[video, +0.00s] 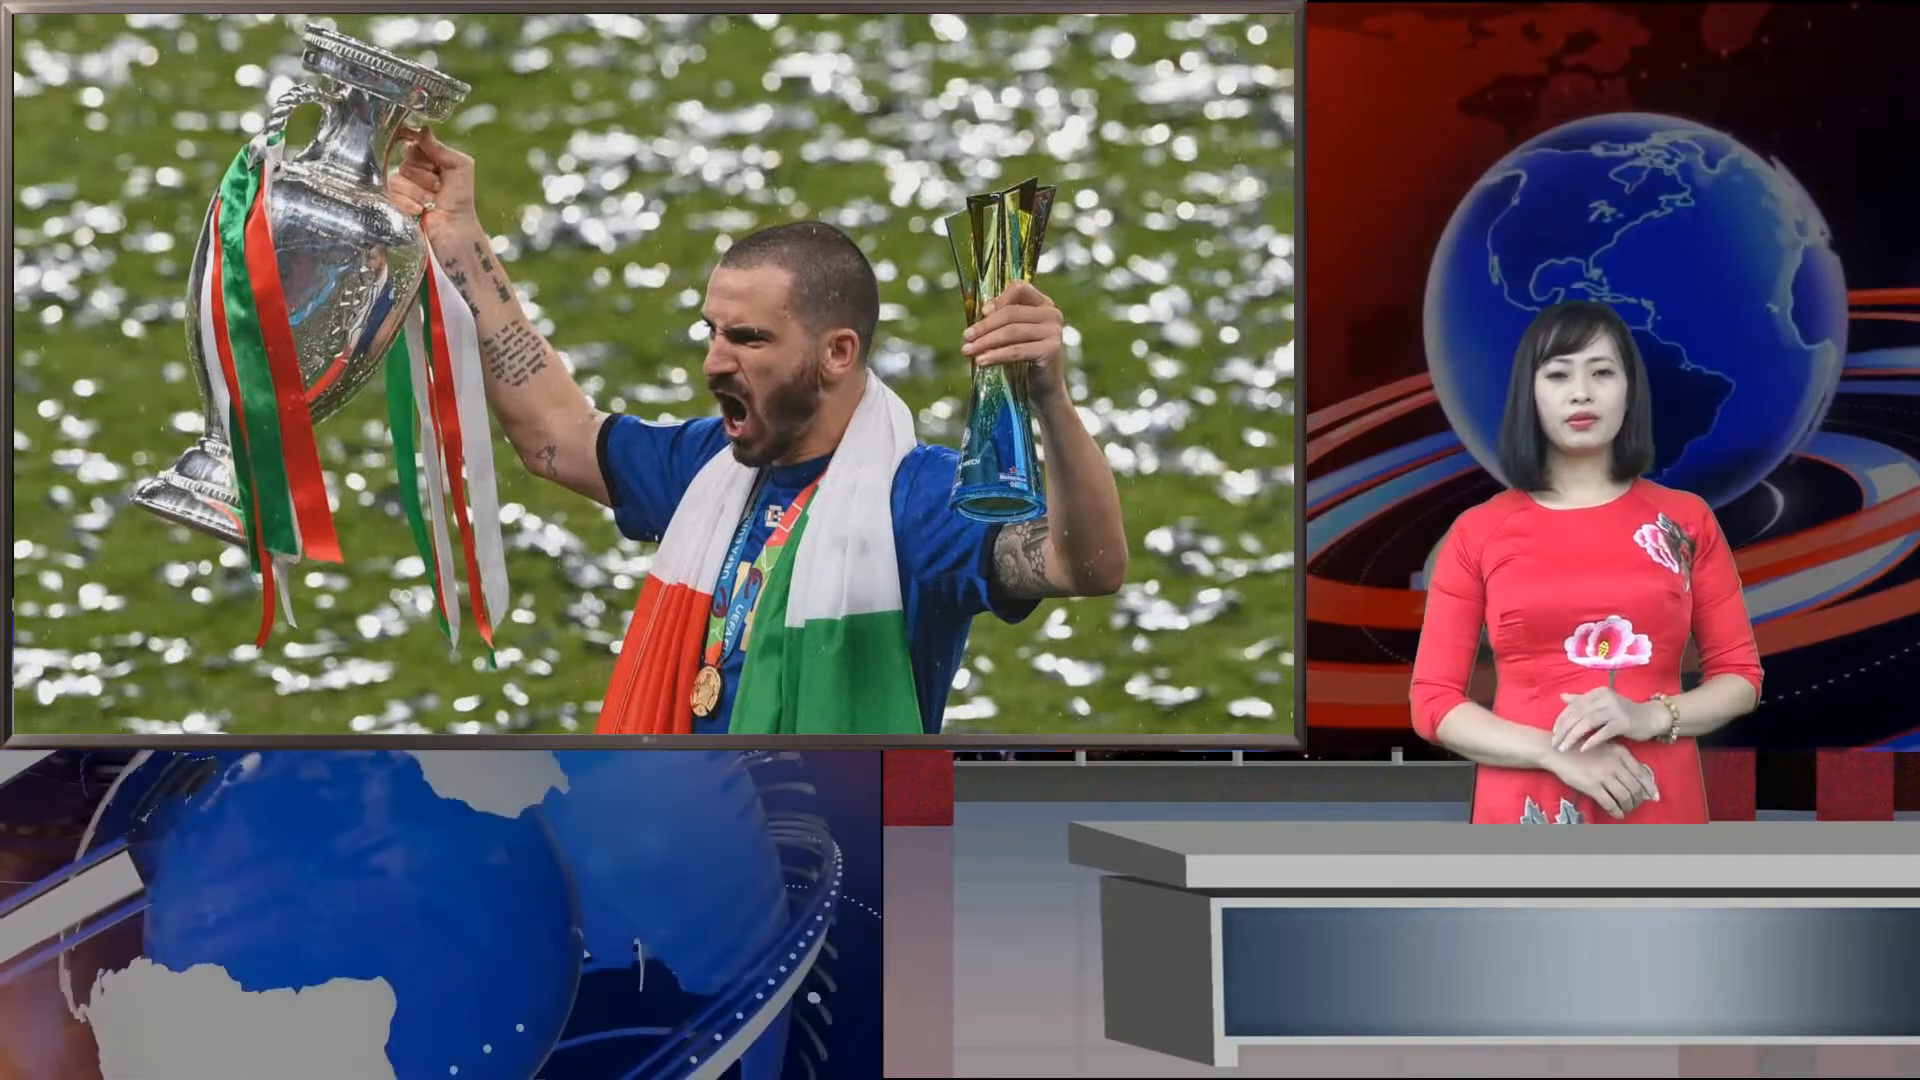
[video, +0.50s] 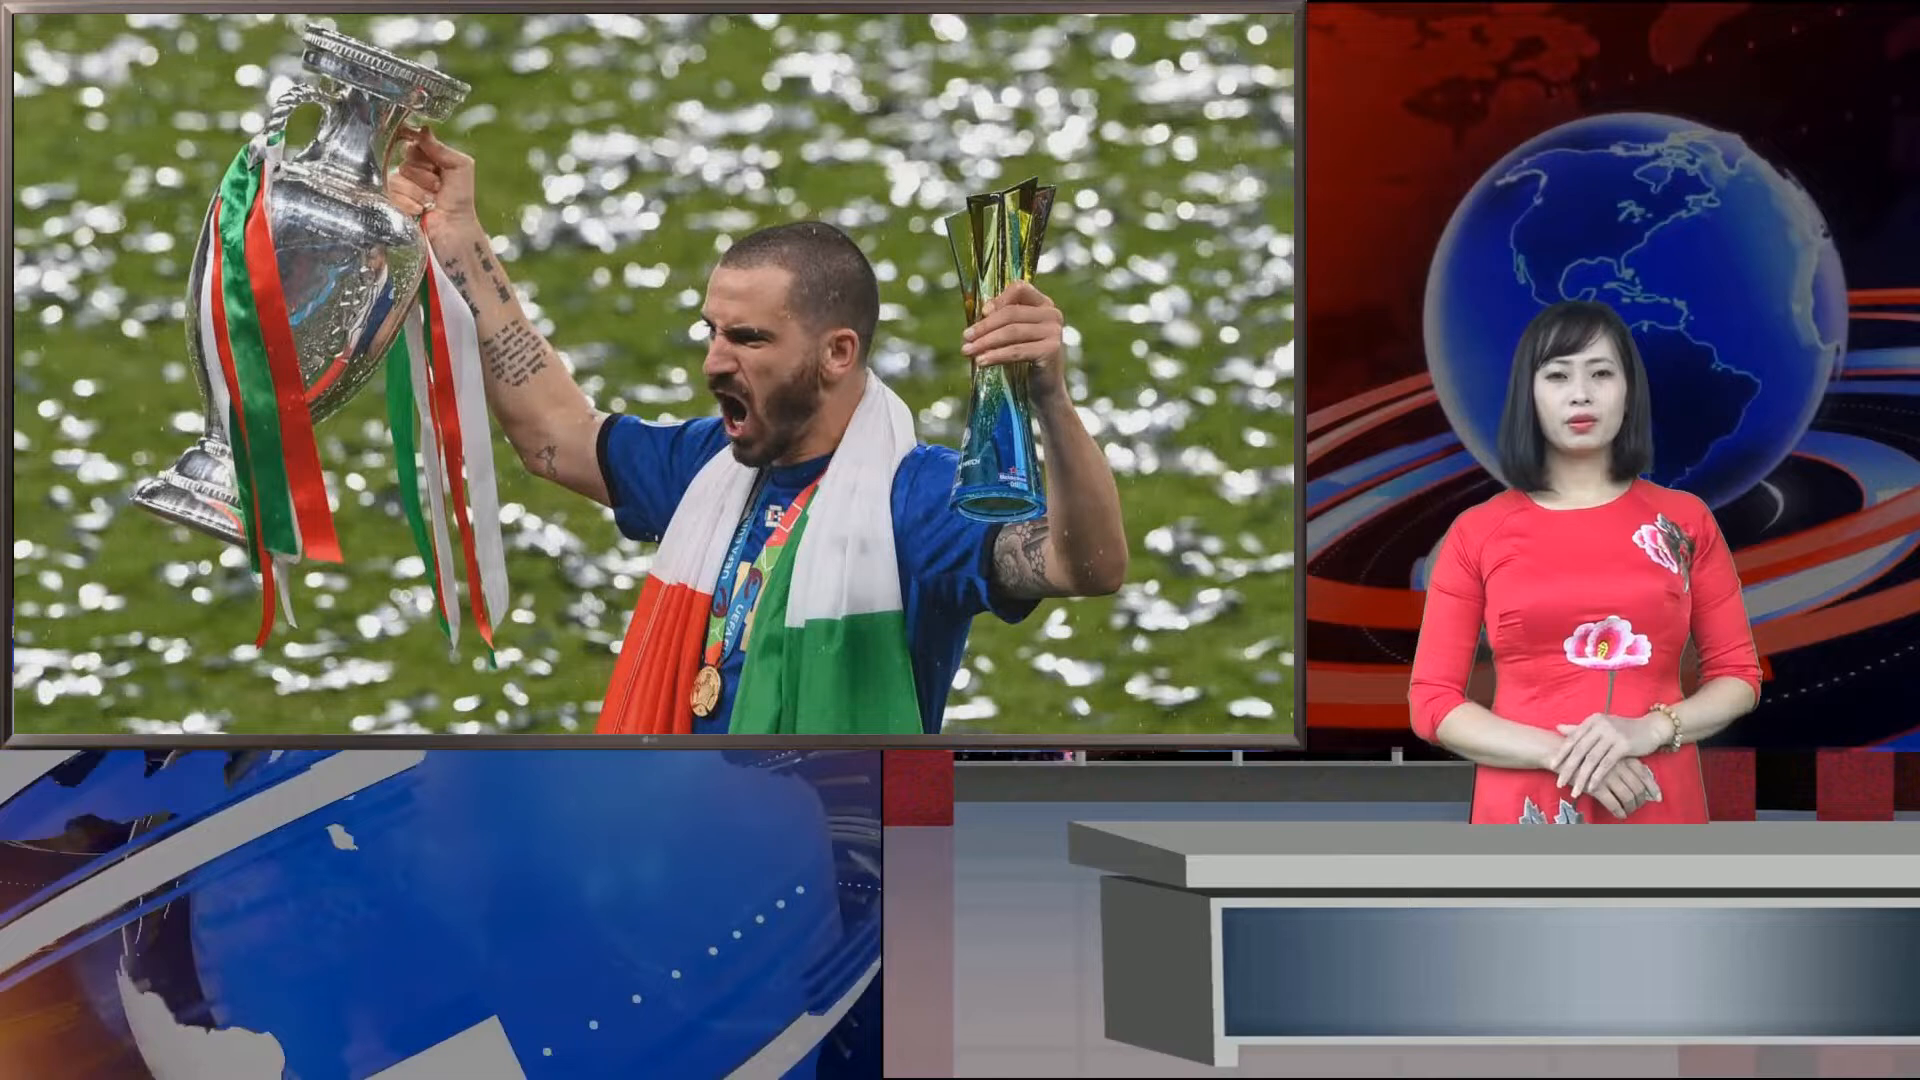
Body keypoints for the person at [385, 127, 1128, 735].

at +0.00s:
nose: (713, 362)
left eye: (747, 339)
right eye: (711, 333)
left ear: (839, 355)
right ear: (705, 327)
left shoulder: (914, 493)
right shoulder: (703, 466)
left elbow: (1089, 563)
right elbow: (557, 438)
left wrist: (1049, 399)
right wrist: (464, 254)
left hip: (836, 895)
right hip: (673, 886)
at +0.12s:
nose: (713, 362)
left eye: (747, 339)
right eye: (711, 333)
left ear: (839, 355)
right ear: (705, 327)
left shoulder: (914, 493)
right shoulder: (703, 466)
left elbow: (1089, 563)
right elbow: (557, 438)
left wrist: (1049, 398)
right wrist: (464, 254)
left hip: (833, 897)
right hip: (670, 889)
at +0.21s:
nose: (713, 362)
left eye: (747, 339)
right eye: (711, 333)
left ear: (839, 355)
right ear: (705, 327)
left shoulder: (914, 493)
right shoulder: (703, 466)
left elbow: (1089, 563)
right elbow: (557, 438)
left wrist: (1049, 399)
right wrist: (464, 254)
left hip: (833, 895)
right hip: (672, 889)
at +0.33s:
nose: (713, 362)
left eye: (747, 339)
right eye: (711, 333)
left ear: (839, 355)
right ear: (705, 327)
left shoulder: (914, 493)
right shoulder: (703, 466)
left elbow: (1089, 563)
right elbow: (557, 438)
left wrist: (1049, 399)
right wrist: (464, 254)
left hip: (828, 901)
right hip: (673, 892)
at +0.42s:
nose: (713, 361)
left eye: (747, 339)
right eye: (711, 333)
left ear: (839, 355)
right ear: (705, 327)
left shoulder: (914, 492)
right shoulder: (703, 465)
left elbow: (1089, 563)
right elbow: (557, 438)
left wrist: (1049, 398)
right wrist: (465, 255)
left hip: (829, 899)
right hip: (673, 889)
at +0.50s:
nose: (714, 362)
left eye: (747, 339)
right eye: (712, 333)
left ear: (839, 355)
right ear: (705, 327)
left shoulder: (914, 493)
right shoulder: (703, 466)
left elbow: (1089, 563)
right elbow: (557, 438)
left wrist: (1049, 399)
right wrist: (465, 254)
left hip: (829, 902)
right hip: (672, 894)